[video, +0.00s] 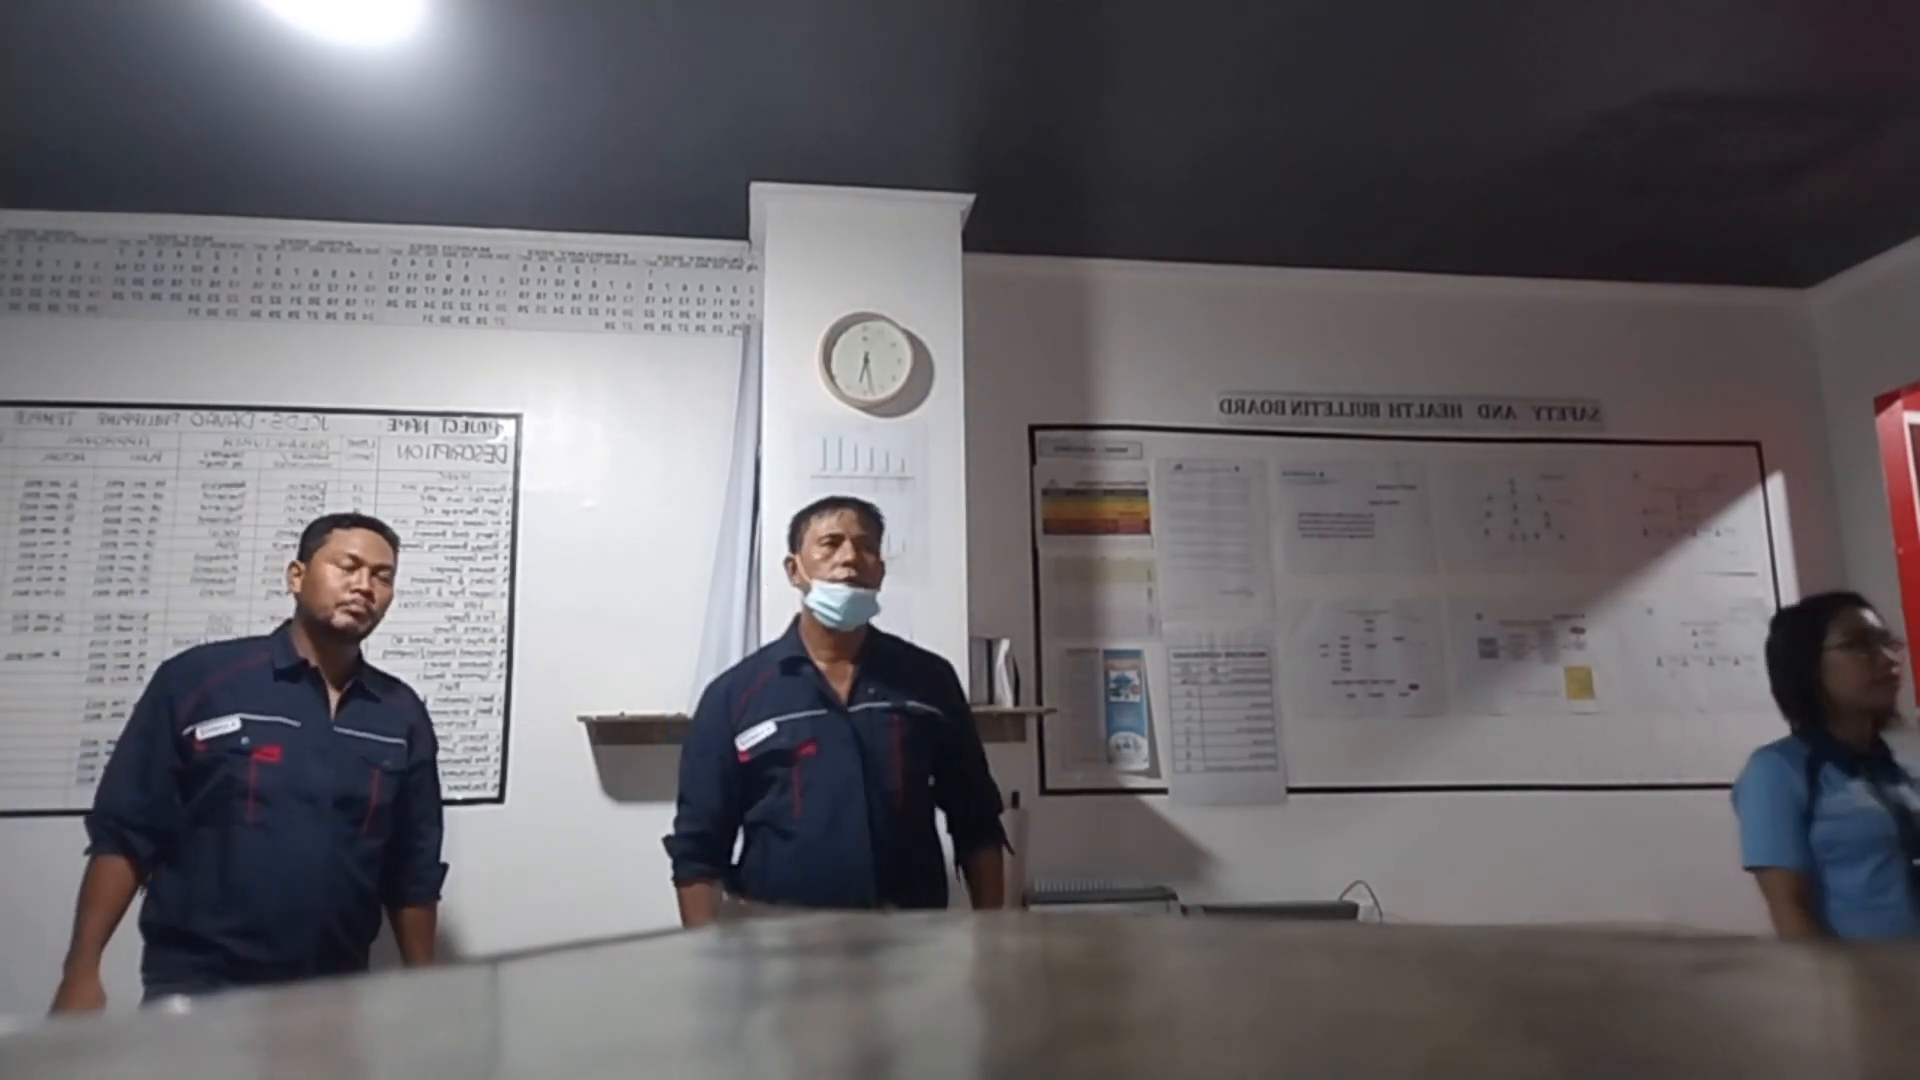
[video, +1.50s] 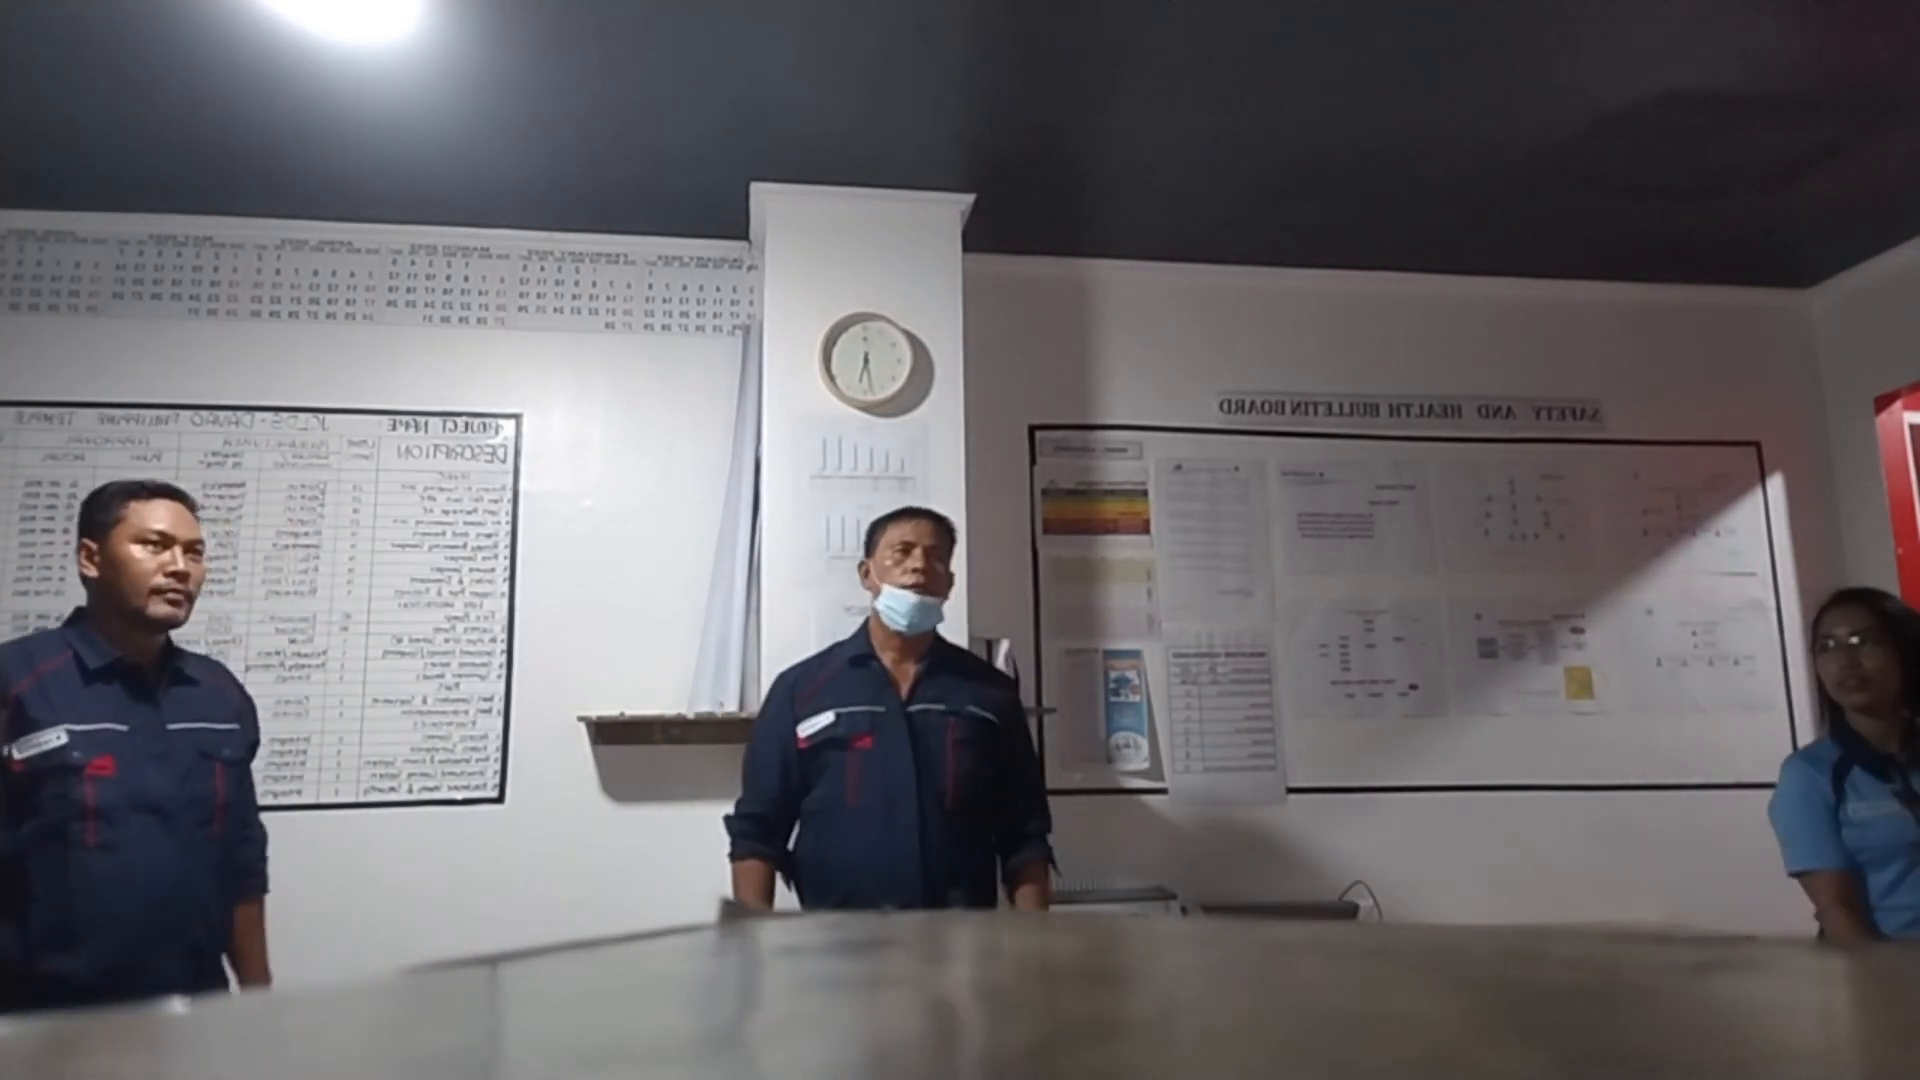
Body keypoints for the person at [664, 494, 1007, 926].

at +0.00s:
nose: (850, 556)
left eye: (865, 546)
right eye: (829, 543)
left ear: (881, 570)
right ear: (795, 570)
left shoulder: (929, 681)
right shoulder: (732, 698)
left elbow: (976, 822)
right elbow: (695, 853)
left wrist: (991, 943)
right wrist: (712, 973)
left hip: (913, 942)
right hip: (782, 945)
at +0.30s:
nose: (933, 560)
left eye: (947, 550)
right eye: (914, 546)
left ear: (960, 575)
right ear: (877, 570)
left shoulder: (998, 691)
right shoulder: (807, 694)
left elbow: (1035, 844)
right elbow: (762, 847)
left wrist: (1047, 957)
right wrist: (767, 965)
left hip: (980, 948)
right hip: (850, 950)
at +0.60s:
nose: (984, 563)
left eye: (1000, 554)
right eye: (967, 549)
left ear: (1013, 579)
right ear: (930, 571)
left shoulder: (1045, 696)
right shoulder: (856, 689)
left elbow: (1088, 834)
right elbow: (810, 830)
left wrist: (1113, 943)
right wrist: (819, 953)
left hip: (1019, 948)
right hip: (892, 948)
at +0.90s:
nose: (995, 568)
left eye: (1012, 558)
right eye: (977, 552)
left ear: (1029, 582)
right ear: (943, 574)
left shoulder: (1058, 701)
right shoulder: (866, 688)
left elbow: (1087, 847)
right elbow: (819, 827)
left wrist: (1090, 952)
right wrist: (822, 951)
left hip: (1022, 954)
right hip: (895, 952)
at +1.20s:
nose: (972, 573)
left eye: (989, 564)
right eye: (956, 556)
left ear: (1004, 588)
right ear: (921, 576)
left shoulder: (1035, 704)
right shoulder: (844, 690)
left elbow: (1062, 857)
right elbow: (795, 832)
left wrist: (1060, 961)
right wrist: (796, 956)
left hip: (1006, 953)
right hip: (878, 952)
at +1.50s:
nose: (919, 567)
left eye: (936, 558)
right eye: (902, 553)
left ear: (949, 584)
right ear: (868, 574)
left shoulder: (992, 693)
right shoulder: (800, 691)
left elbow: (1025, 837)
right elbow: (755, 831)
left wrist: (1033, 948)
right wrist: (757, 950)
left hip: (965, 947)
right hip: (837, 948)